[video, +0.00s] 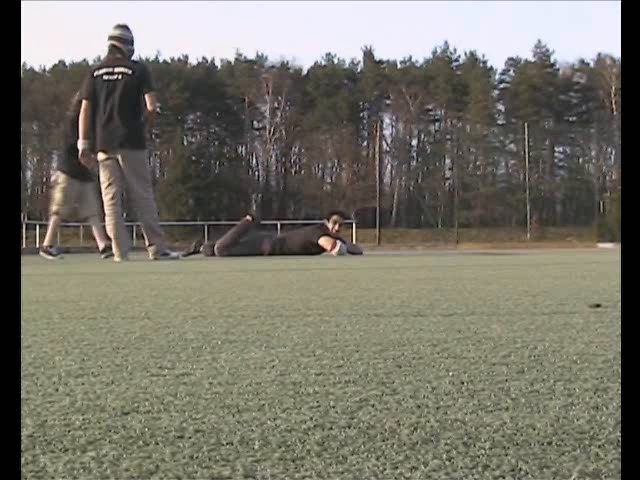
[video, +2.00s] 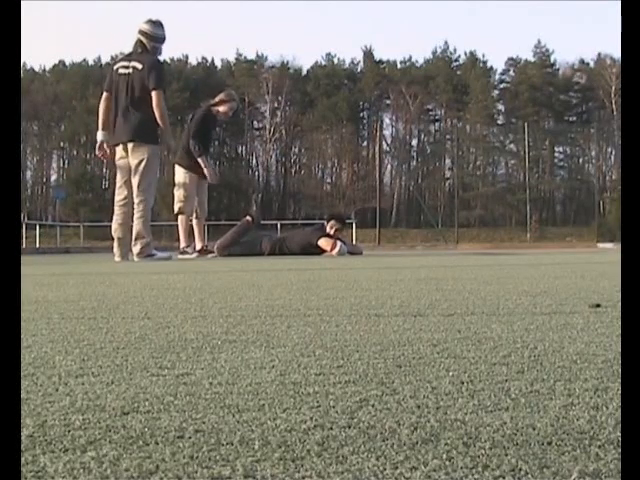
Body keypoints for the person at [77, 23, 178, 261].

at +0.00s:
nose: (132, 51)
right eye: (131, 47)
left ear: (109, 44)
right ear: (130, 46)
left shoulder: (94, 72)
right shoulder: (139, 69)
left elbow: (85, 109)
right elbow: (152, 107)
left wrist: (82, 143)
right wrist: (146, 121)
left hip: (102, 142)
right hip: (132, 141)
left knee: (110, 197)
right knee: (142, 193)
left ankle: (119, 251)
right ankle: (157, 245)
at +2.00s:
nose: (161, 48)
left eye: (162, 43)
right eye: (161, 43)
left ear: (140, 38)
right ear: (156, 42)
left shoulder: (118, 63)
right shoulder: (153, 64)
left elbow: (105, 100)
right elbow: (157, 100)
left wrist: (101, 135)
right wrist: (166, 132)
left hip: (119, 136)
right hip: (144, 136)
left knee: (122, 195)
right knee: (143, 195)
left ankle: (119, 250)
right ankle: (142, 247)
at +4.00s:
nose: (163, 48)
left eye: (164, 44)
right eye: (163, 44)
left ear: (142, 38)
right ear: (159, 43)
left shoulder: (120, 65)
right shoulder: (156, 65)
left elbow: (109, 103)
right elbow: (160, 101)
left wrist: (110, 134)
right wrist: (172, 124)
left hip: (123, 137)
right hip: (148, 138)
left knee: (124, 196)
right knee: (145, 197)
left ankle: (119, 249)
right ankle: (142, 248)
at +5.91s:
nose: (160, 47)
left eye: (160, 43)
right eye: (159, 43)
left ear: (138, 38)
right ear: (155, 42)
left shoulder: (118, 66)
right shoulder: (153, 64)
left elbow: (107, 104)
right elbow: (160, 102)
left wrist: (110, 136)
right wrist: (172, 134)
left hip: (121, 138)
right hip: (147, 137)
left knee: (123, 196)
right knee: (144, 196)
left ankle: (119, 249)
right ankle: (142, 248)